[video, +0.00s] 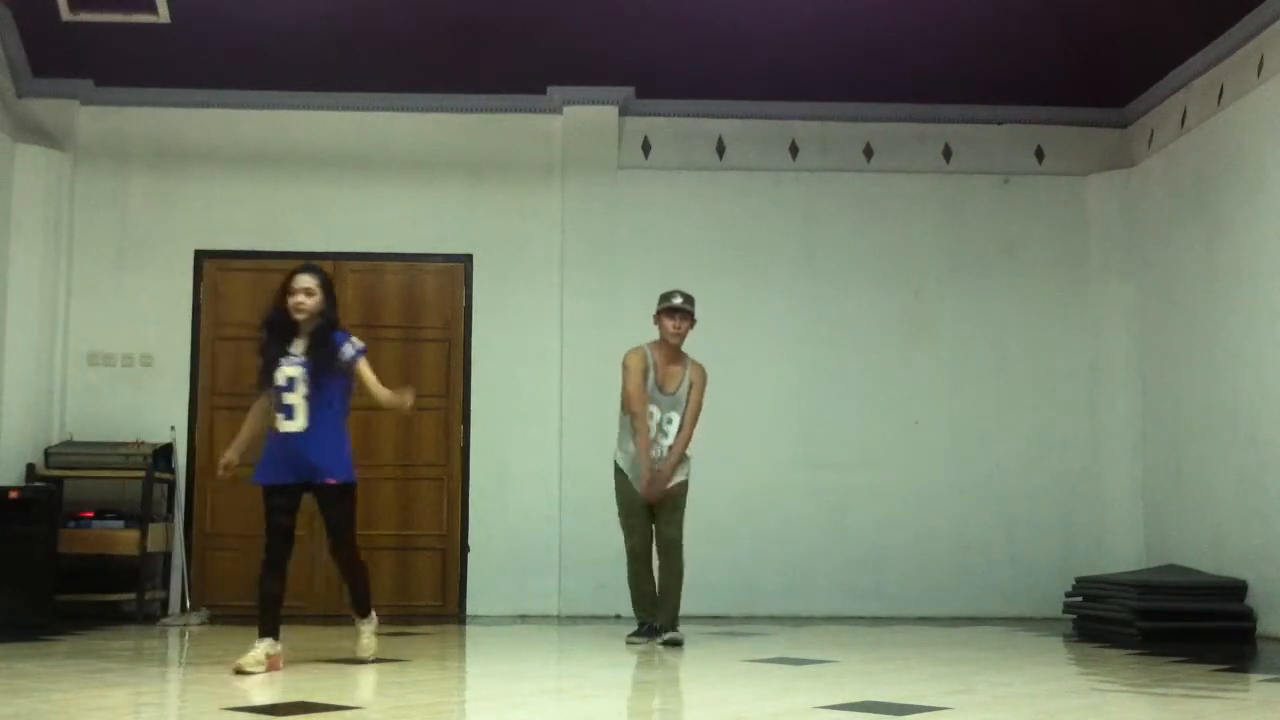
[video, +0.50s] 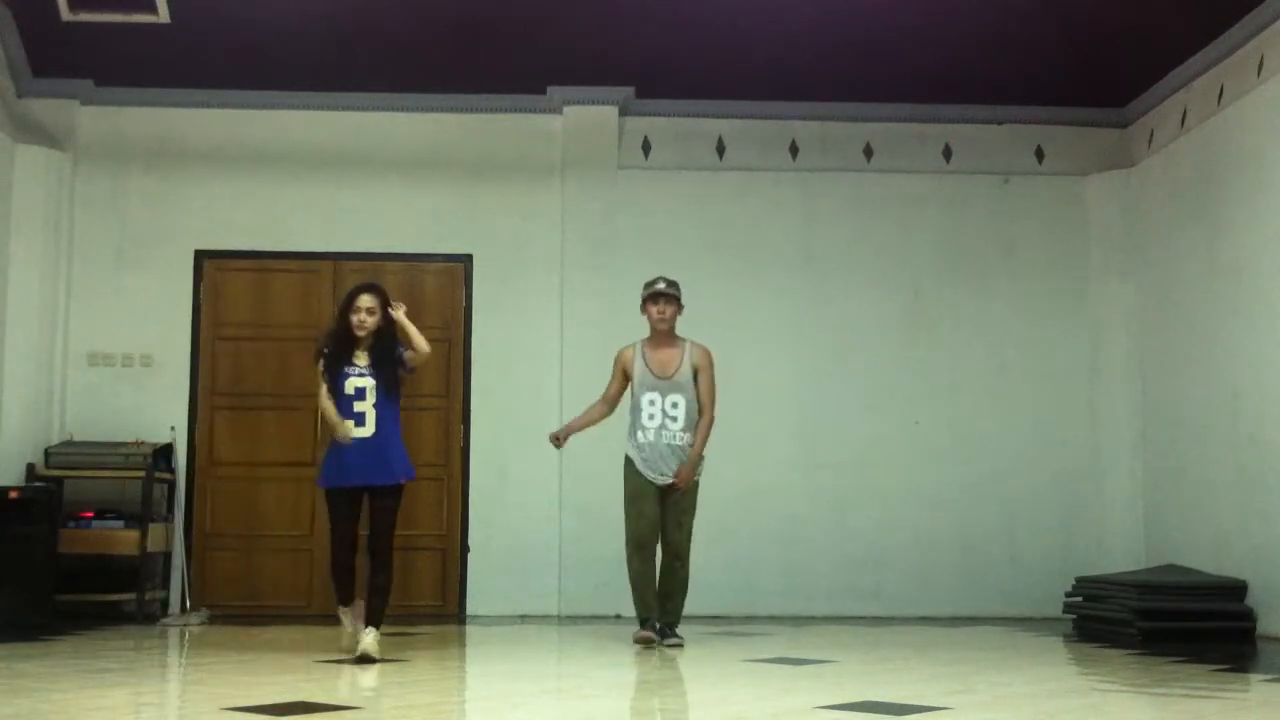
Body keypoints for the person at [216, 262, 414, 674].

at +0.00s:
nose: (299, 299)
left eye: (309, 293)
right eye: (293, 292)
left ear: (325, 300)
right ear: (284, 299)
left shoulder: (340, 344)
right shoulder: (278, 345)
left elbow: (376, 391)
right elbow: (265, 402)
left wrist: (397, 399)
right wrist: (235, 449)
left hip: (329, 465)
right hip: (282, 464)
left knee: (342, 546)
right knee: (276, 550)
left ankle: (366, 621)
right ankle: (267, 643)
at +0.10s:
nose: (321, 309)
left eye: (329, 302)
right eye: (314, 302)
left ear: (343, 309)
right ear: (303, 308)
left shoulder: (359, 352)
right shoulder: (293, 356)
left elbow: (394, 396)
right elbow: (270, 407)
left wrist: (397, 353)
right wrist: (239, 460)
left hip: (351, 474)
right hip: (302, 473)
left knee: (353, 556)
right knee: (290, 552)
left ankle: (364, 638)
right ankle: (271, 640)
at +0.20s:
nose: (338, 312)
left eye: (346, 306)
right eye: (331, 305)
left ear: (360, 312)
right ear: (321, 311)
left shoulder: (372, 353)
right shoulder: (310, 356)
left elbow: (406, 381)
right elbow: (281, 408)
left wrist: (395, 330)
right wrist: (252, 462)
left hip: (367, 473)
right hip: (321, 472)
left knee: (364, 554)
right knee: (305, 550)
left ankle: (365, 636)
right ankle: (284, 632)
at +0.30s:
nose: (349, 308)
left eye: (358, 302)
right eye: (344, 301)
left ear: (369, 309)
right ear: (333, 306)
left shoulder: (381, 345)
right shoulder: (319, 349)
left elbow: (414, 359)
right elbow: (297, 400)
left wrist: (394, 318)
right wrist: (275, 451)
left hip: (375, 463)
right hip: (329, 462)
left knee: (368, 547)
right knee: (319, 542)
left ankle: (365, 632)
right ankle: (310, 625)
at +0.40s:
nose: (357, 310)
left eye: (365, 304)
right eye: (351, 303)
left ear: (377, 310)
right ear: (341, 307)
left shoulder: (387, 347)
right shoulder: (328, 348)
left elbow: (419, 347)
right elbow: (313, 392)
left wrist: (397, 312)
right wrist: (308, 432)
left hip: (378, 460)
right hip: (335, 459)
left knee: (373, 544)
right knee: (334, 541)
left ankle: (368, 630)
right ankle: (333, 616)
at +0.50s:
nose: (362, 317)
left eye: (370, 311)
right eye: (356, 310)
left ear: (382, 318)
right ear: (346, 314)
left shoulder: (391, 354)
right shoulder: (332, 354)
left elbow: (422, 352)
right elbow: (324, 397)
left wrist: (402, 320)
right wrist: (338, 425)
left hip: (386, 461)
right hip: (344, 461)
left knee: (380, 544)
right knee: (343, 543)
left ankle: (372, 630)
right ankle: (347, 613)